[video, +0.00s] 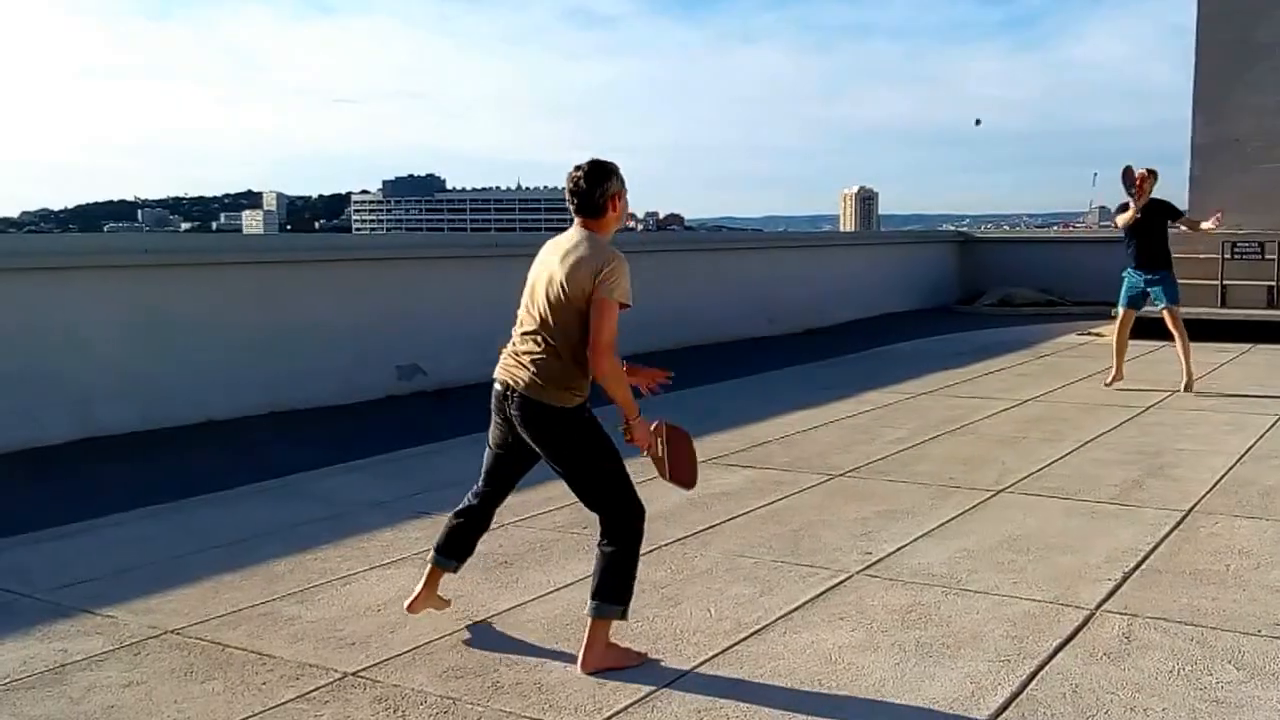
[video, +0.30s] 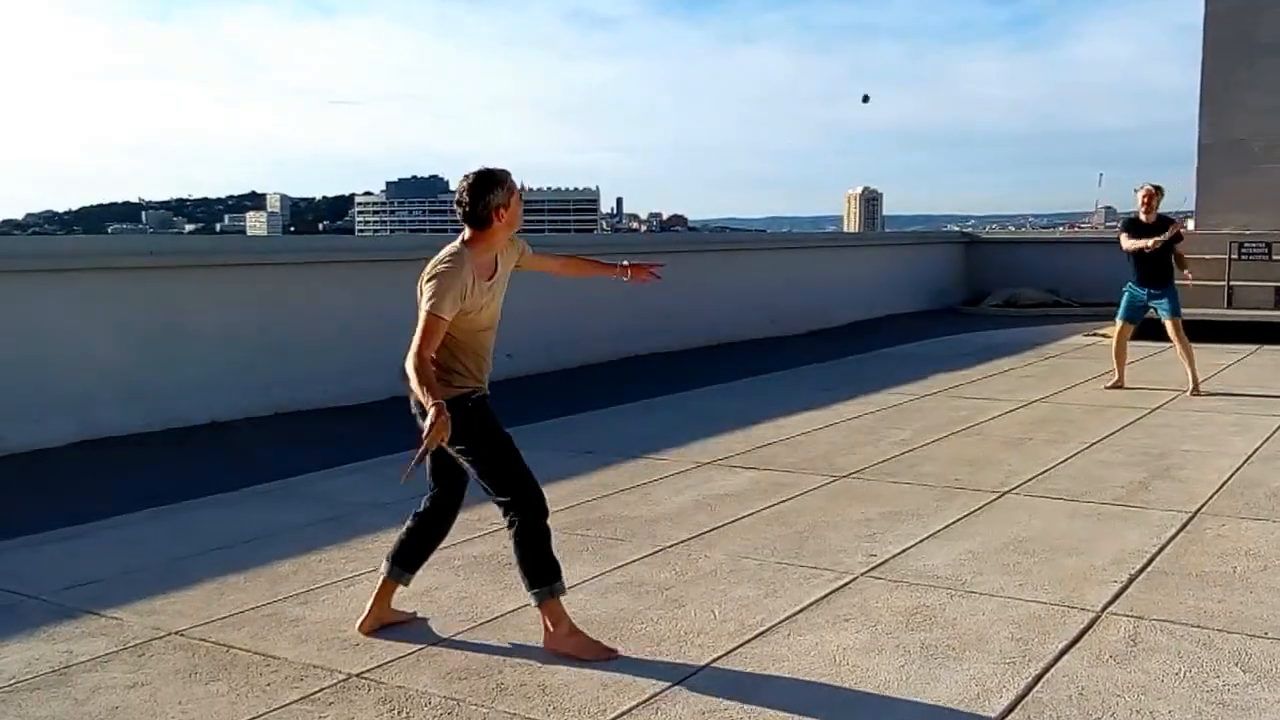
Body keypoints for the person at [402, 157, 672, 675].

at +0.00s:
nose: (626, 203)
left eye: (624, 195)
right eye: (624, 196)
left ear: (576, 205)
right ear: (614, 203)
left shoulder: (556, 247)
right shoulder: (608, 261)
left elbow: (561, 337)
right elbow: (602, 359)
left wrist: (625, 370)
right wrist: (632, 416)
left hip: (509, 391)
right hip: (552, 406)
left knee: (484, 496)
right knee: (624, 512)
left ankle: (426, 590)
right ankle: (598, 646)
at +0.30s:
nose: (521, 207)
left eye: (519, 201)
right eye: (517, 200)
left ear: (493, 214)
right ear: (499, 214)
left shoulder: (507, 249)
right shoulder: (449, 273)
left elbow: (561, 264)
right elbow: (416, 360)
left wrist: (620, 270)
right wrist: (432, 406)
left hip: (462, 396)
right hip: (453, 402)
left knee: (441, 505)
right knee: (525, 500)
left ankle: (378, 609)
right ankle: (559, 628)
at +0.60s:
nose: (470, 216)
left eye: (469, 208)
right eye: (465, 209)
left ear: (432, 213)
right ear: (439, 216)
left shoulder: (400, 240)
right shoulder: (415, 265)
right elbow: (467, 343)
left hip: (381, 387)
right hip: (390, 391)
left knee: (409, 497)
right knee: (422, 500)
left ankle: (376, 611)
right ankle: (393, 630)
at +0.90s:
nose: (413, 175)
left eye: (409, 166)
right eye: (409, 167)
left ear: (364, 177)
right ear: (393, 175)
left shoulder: (326, 222)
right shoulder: (409, 223)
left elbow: (279, 282)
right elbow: (463, 252)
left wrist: (249, 326)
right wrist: (493, 216)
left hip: (329, 364)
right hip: (360, 372)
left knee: (381, 461)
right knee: (347, 493)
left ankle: (344, 573)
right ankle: (301, 617)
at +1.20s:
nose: (367, 214)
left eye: (364, 205)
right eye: (362, 206)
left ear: (320, 215)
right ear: (344, 213)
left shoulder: (282, 263)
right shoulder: (364, 267)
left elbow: (254, 336)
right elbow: (389, 342)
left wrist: (249, 402)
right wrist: (382, 358)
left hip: (291, 405)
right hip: (338, 410)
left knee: (323, 488)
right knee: (377, 515)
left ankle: (287, 590)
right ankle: (306, 617)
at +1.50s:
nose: (364, 175)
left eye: (361, 166)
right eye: (360, 167)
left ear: (323, 176)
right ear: (341, 176)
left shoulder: (303, 221)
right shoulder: (324, 231)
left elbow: (307, 314)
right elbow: (321, 320)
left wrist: (350, 363)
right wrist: (366, 368)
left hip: (289, 366)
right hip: (308, 372)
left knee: (300, 470)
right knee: (346, 487)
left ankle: (262, 563)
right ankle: (320, 610)